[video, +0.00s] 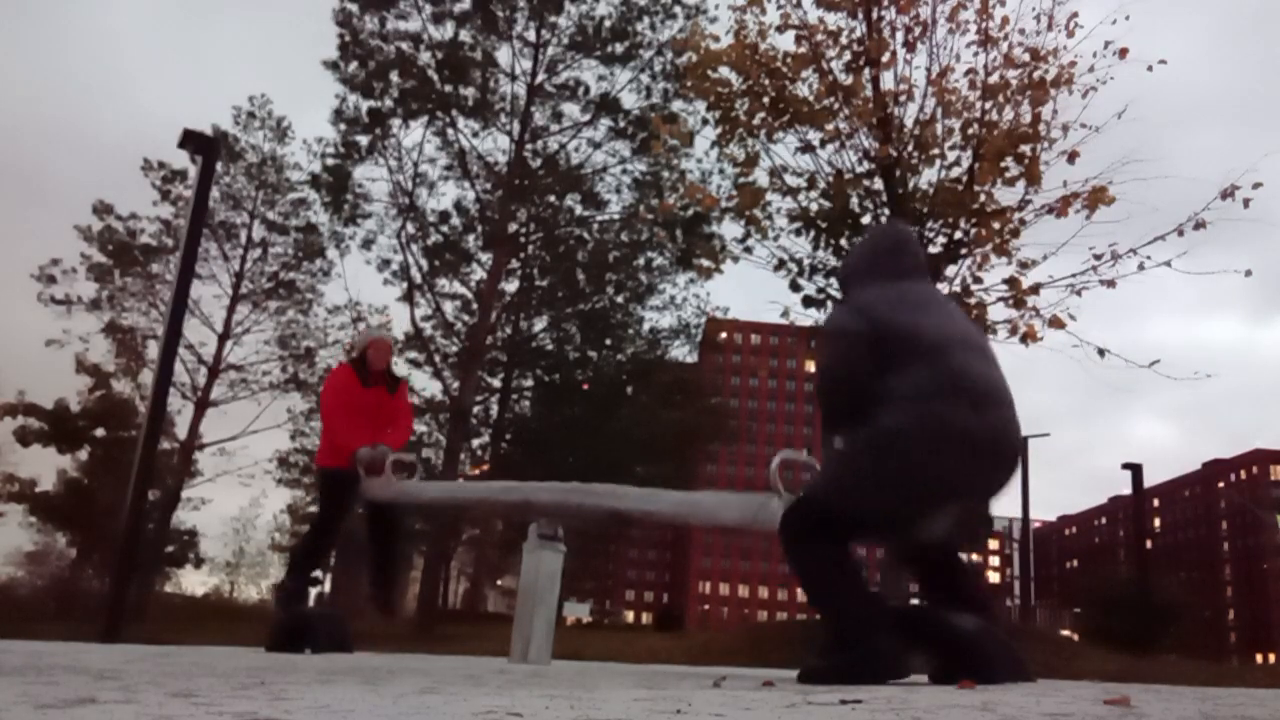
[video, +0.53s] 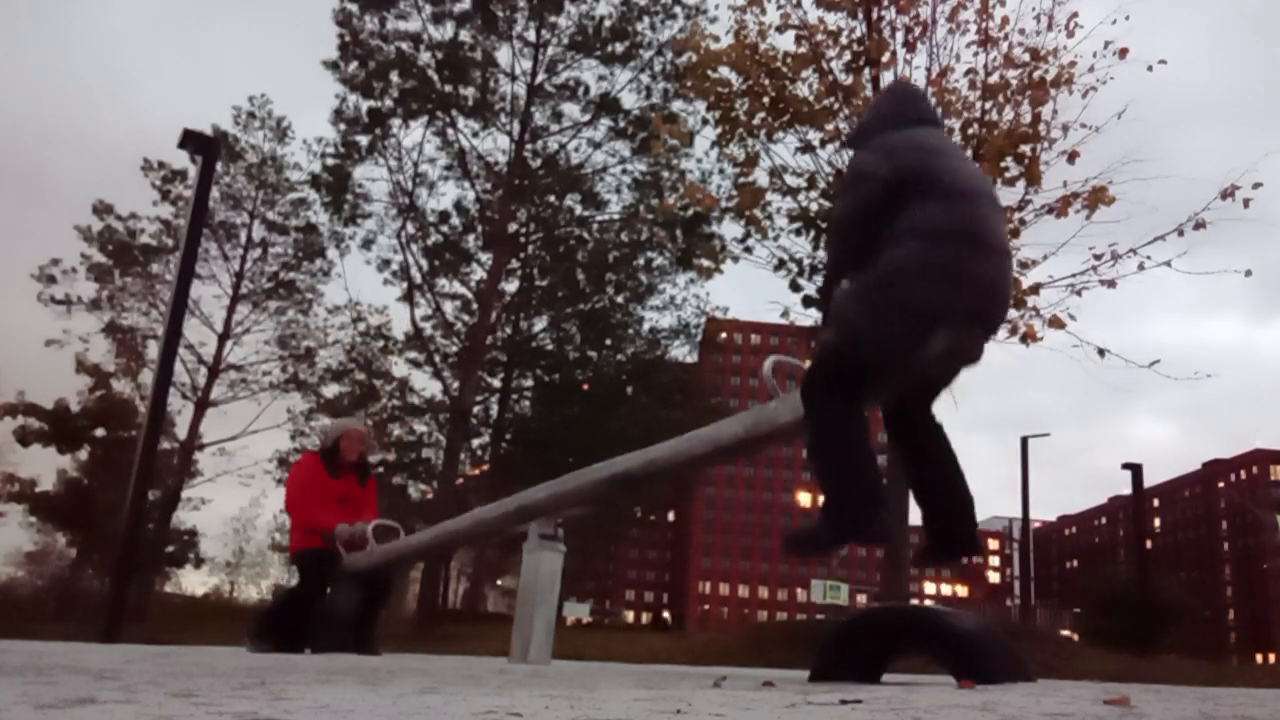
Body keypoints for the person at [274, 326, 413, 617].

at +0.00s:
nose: (381, 354)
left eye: (386, 349)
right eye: (376, 348)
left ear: (392, 353)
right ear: (363, 351)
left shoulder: (397, 386)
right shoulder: (342, 377)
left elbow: (404, 426)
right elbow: (333, 420)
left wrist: (385, 446)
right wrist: (358, 448)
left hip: (378, 469)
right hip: (338, 463)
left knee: (387, 528)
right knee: (329, 523)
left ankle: (384, 598)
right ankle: (293, 588)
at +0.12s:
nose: (377, 378)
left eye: (382, 373)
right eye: (372, 371)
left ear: (387, 377)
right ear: (358, 373)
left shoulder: (391, 413)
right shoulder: (334, 401)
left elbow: (397, 449)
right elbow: (328, 444)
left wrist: (379, 468)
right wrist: (352, 471)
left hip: (373, 494)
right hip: (333, 488)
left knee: (382, 552)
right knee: (321, 545)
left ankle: (375, 621)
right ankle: (284, 608)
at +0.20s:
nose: (369, 396)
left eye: (375, 391)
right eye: (364, 390)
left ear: (382, 395)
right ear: (353, 391)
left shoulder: (384, 428)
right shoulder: (331, 413)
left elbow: (390, 468)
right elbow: (319, 458)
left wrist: (375, 486)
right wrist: (346, 486)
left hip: (365, 511)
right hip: (327, 505)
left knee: (377, 564)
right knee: (317, 564)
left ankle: (364, 634)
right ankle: (273, 621)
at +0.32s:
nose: (365, 419)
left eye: (369, 413)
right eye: (359, 412)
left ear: (374, 416)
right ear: (346, 413)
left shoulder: (375, 450)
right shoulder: (322, 437)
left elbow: (382, 488)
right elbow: (310, 481)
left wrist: (368, 508)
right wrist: (339, 506)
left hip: (358, 527)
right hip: (320, 521)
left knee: (372, 577)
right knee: (312, 574)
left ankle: (362, 638)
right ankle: (268, 626)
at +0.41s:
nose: (362, 431)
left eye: (367, 426)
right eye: (357, 425)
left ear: (371, 429)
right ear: (343, 425)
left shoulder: (370, 461)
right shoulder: (315, 451)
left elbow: (374, 500)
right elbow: (306, 495)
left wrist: (368, 519)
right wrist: (337, 515)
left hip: (352, 535)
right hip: (315, 530)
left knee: (376, 572)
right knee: (313, 578)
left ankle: (358, 636)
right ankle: (274, 627)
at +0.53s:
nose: (356, 448)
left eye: (361, 442)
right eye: (351, 441)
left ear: (365, 446)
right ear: (337, 441)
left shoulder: (364, 476)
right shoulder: (309, 465)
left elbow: (369, 511)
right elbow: (297, 506)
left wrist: (361, 529)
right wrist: (333, 527)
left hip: (349, 547)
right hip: (311, 542)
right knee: (315, 584)